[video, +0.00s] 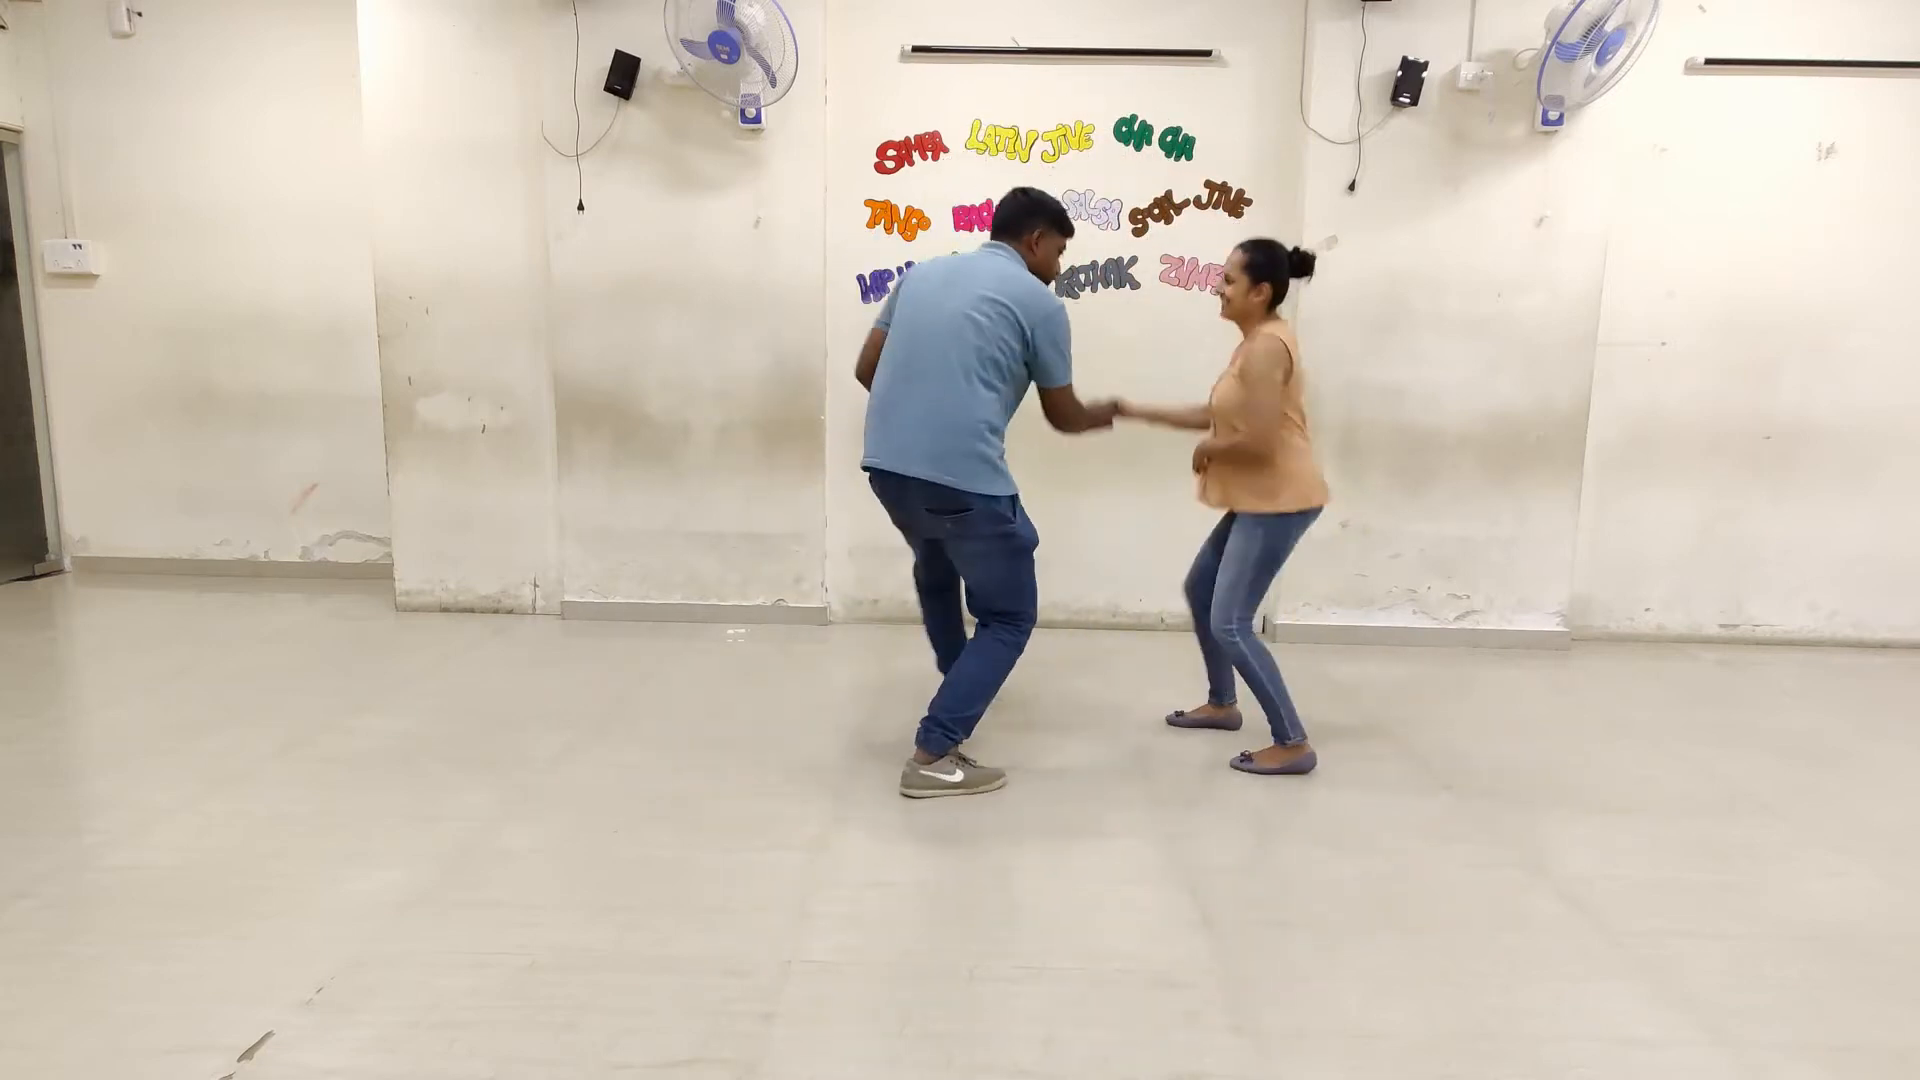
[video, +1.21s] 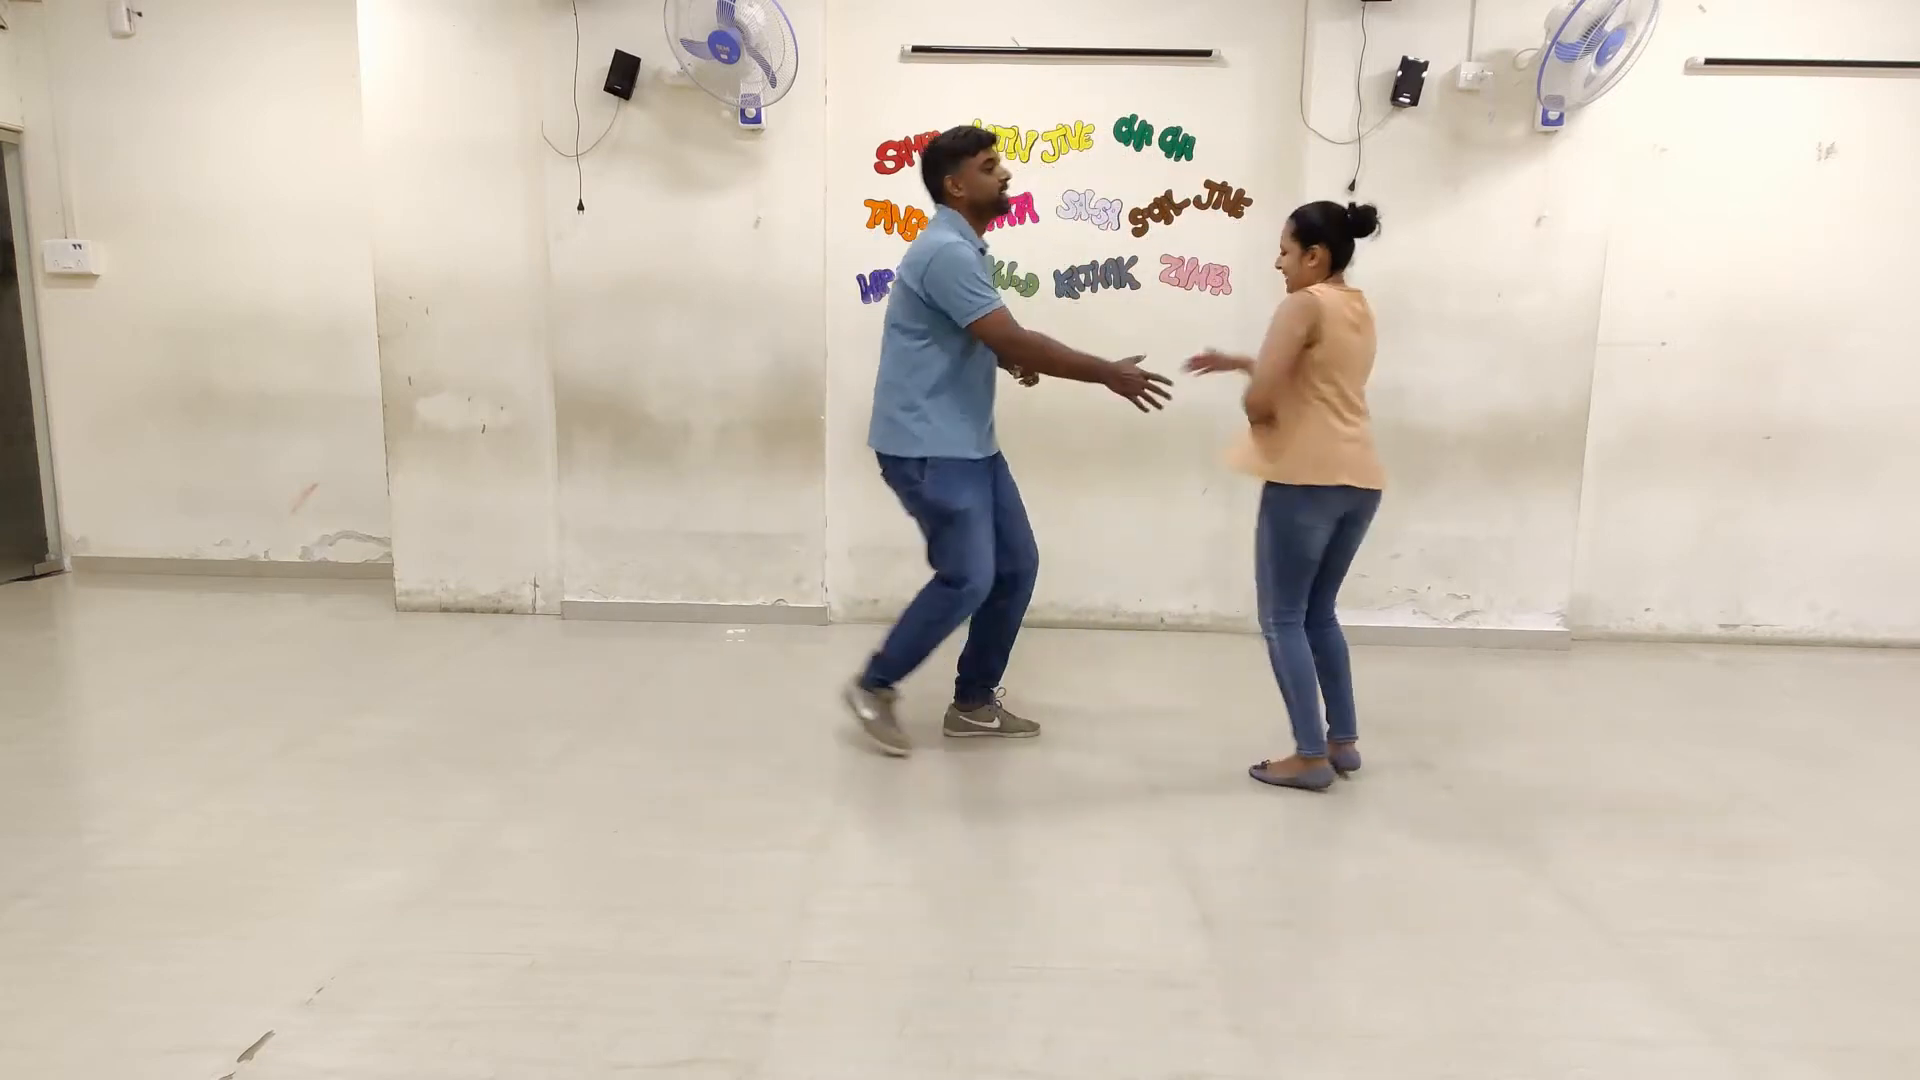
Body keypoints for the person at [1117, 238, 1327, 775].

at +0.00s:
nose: (1219, 290)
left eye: (1229, 281)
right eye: (1222, 279)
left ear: (1262, 291)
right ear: (1258, 290)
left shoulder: (1267, 346)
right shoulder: (1255, 343)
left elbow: (1257, 435)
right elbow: (1216, 415)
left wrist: (1205, 450)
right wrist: (1137, 412)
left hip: (1282, 502)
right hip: (1259, 500)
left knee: (1230, 621)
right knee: (1200, 589)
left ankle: (1293, 744)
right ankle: (1223, 704)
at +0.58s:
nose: (1272, 286)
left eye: (1285, 279)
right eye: (1263, 274)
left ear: (1296, 291)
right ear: (1242, 279)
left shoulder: (1315, 352)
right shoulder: (1209, 349)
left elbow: (1343, 436)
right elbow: (1159, 418)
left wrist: (1261, 448)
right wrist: (1149, 470)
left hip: (1286, 514)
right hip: (1214, 506)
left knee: (1259, 633)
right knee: (1181, 612)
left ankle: (1218, 731)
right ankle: (1206, 682)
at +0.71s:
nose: (1320, 276)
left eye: (1321, 266)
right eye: (1311, 266)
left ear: (1292, 271)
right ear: (1276, 269)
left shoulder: (1315, 338)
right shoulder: (1234, 342)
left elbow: (1327, 413)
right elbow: (1234, 438)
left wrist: (1322, 428)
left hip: (1293, 502)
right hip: (1230, 498)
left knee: (1273, 630)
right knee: (1231, 619)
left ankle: (1218, 729)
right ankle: (1164, 674)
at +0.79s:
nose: (1331, 264)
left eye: (1328, 254)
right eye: (1324, 254)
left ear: (1295, 263)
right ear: (1296, 261)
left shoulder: (1293, 326)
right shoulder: (1264, 328)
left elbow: (1293, 413)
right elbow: (1285, 422)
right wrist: (1366, 438)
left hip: (1282, 491)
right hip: (1243, 490)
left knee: (1277, 614)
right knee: (1273, 611)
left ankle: (1214, 726)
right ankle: (1182, 702)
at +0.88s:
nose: (1332, 254)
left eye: (1328, 245)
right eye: (1329, 246)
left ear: (1275, 257)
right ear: (1319, 253)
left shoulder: (1255, 314)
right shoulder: (1318, 313)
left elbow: (1235, 395)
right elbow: (1362, 403)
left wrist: (1311, 402)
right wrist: (1409, 398)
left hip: (1231, 479)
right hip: (1284, 484)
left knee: (1251, 606)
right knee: (1310, 609)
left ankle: (1212, 734)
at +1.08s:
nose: (1273, 261)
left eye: (1275, 253)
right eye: (1277, 252)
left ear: (1286, 258)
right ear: (1332, 254)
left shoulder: (1255, 311)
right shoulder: (1367, 315)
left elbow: (1206, 393)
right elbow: (1403, 379)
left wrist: (1255, 404)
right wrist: (1360, 345)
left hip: (1255, 477)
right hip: (1333, 483)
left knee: (1259, 613)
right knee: (1323, 610)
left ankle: (1265, 754)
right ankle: (1331, 745)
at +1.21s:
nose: (1278, 262)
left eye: (1286, 252)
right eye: (1280, 250)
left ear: (1318, 255)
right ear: (1329, 256)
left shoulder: (1301, 306)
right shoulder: (1359, 308)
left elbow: (1259, 401)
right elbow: (1308, 368)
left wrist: (1257, 405)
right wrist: (1237, 363)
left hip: (1303, 482)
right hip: (1359, 482)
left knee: (1282, 620)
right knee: (1320, 613)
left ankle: (1309, 756)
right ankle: (1343, 743)